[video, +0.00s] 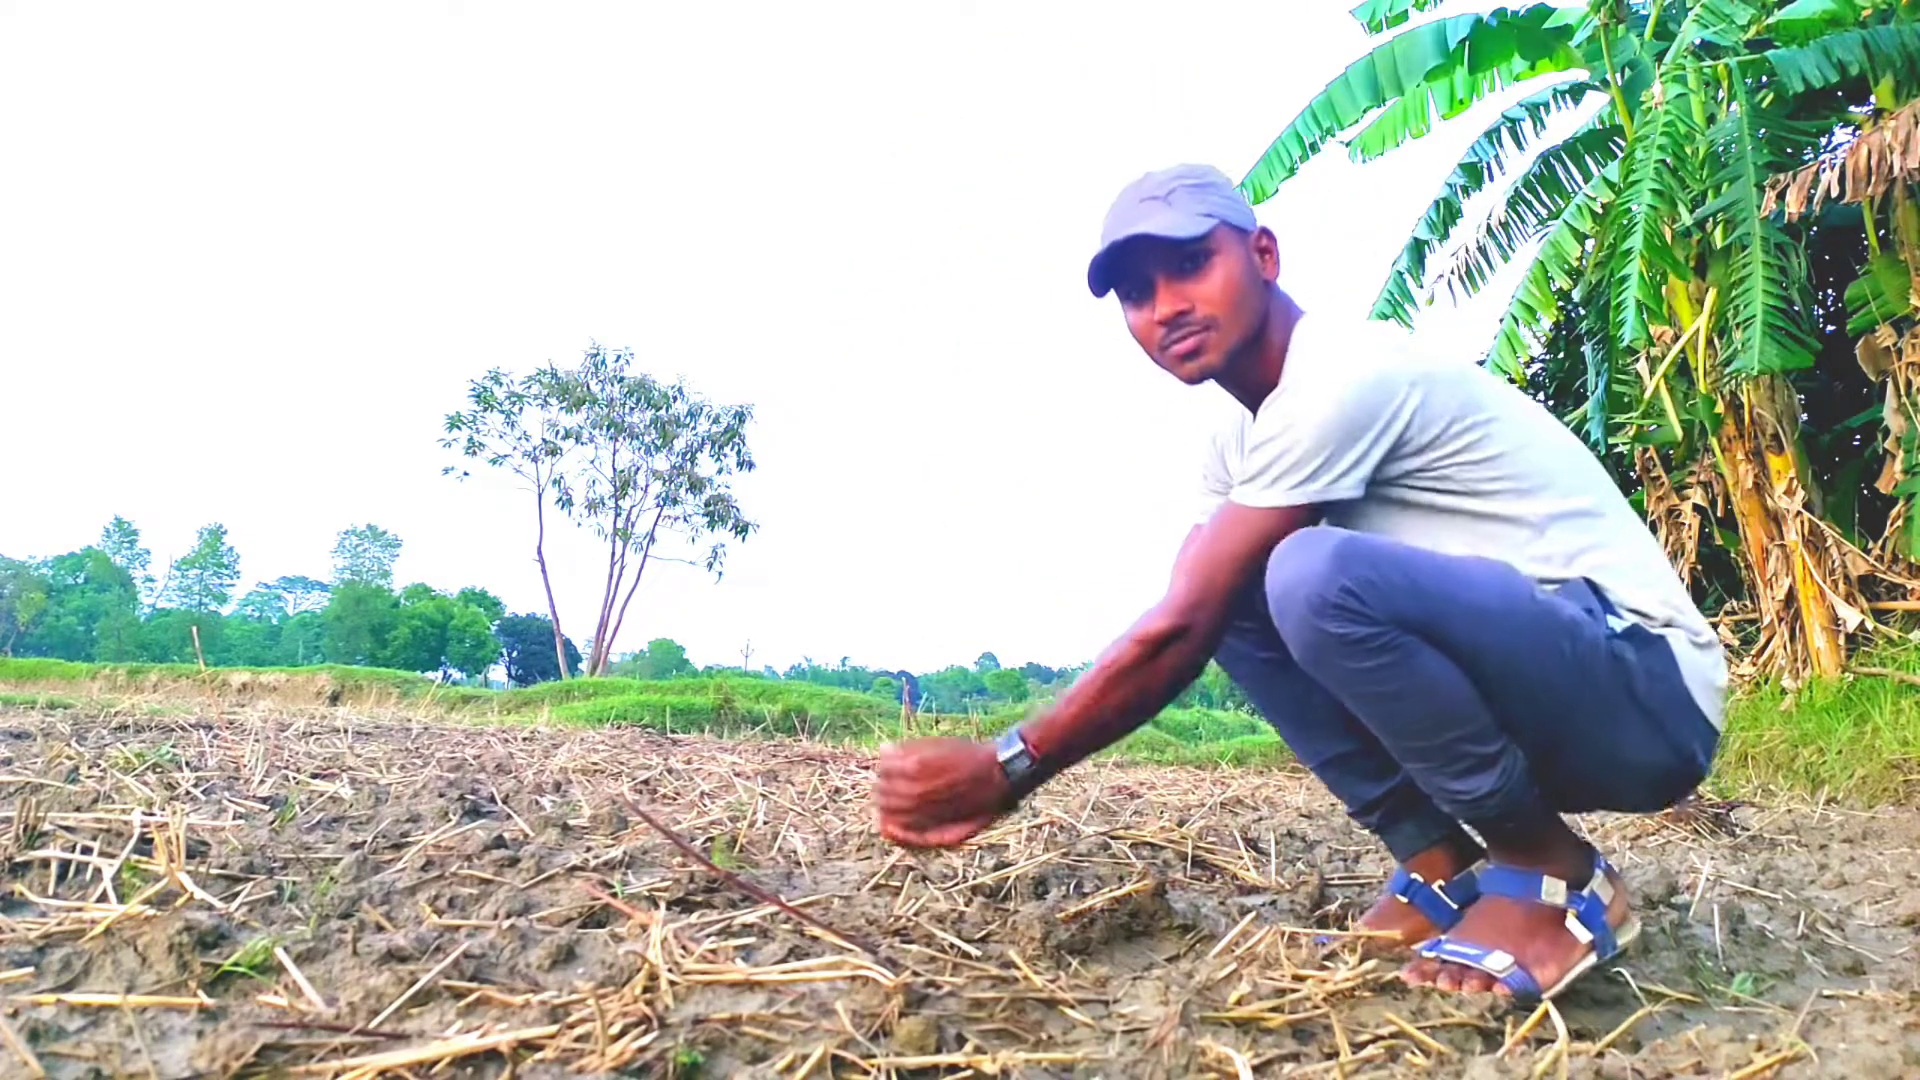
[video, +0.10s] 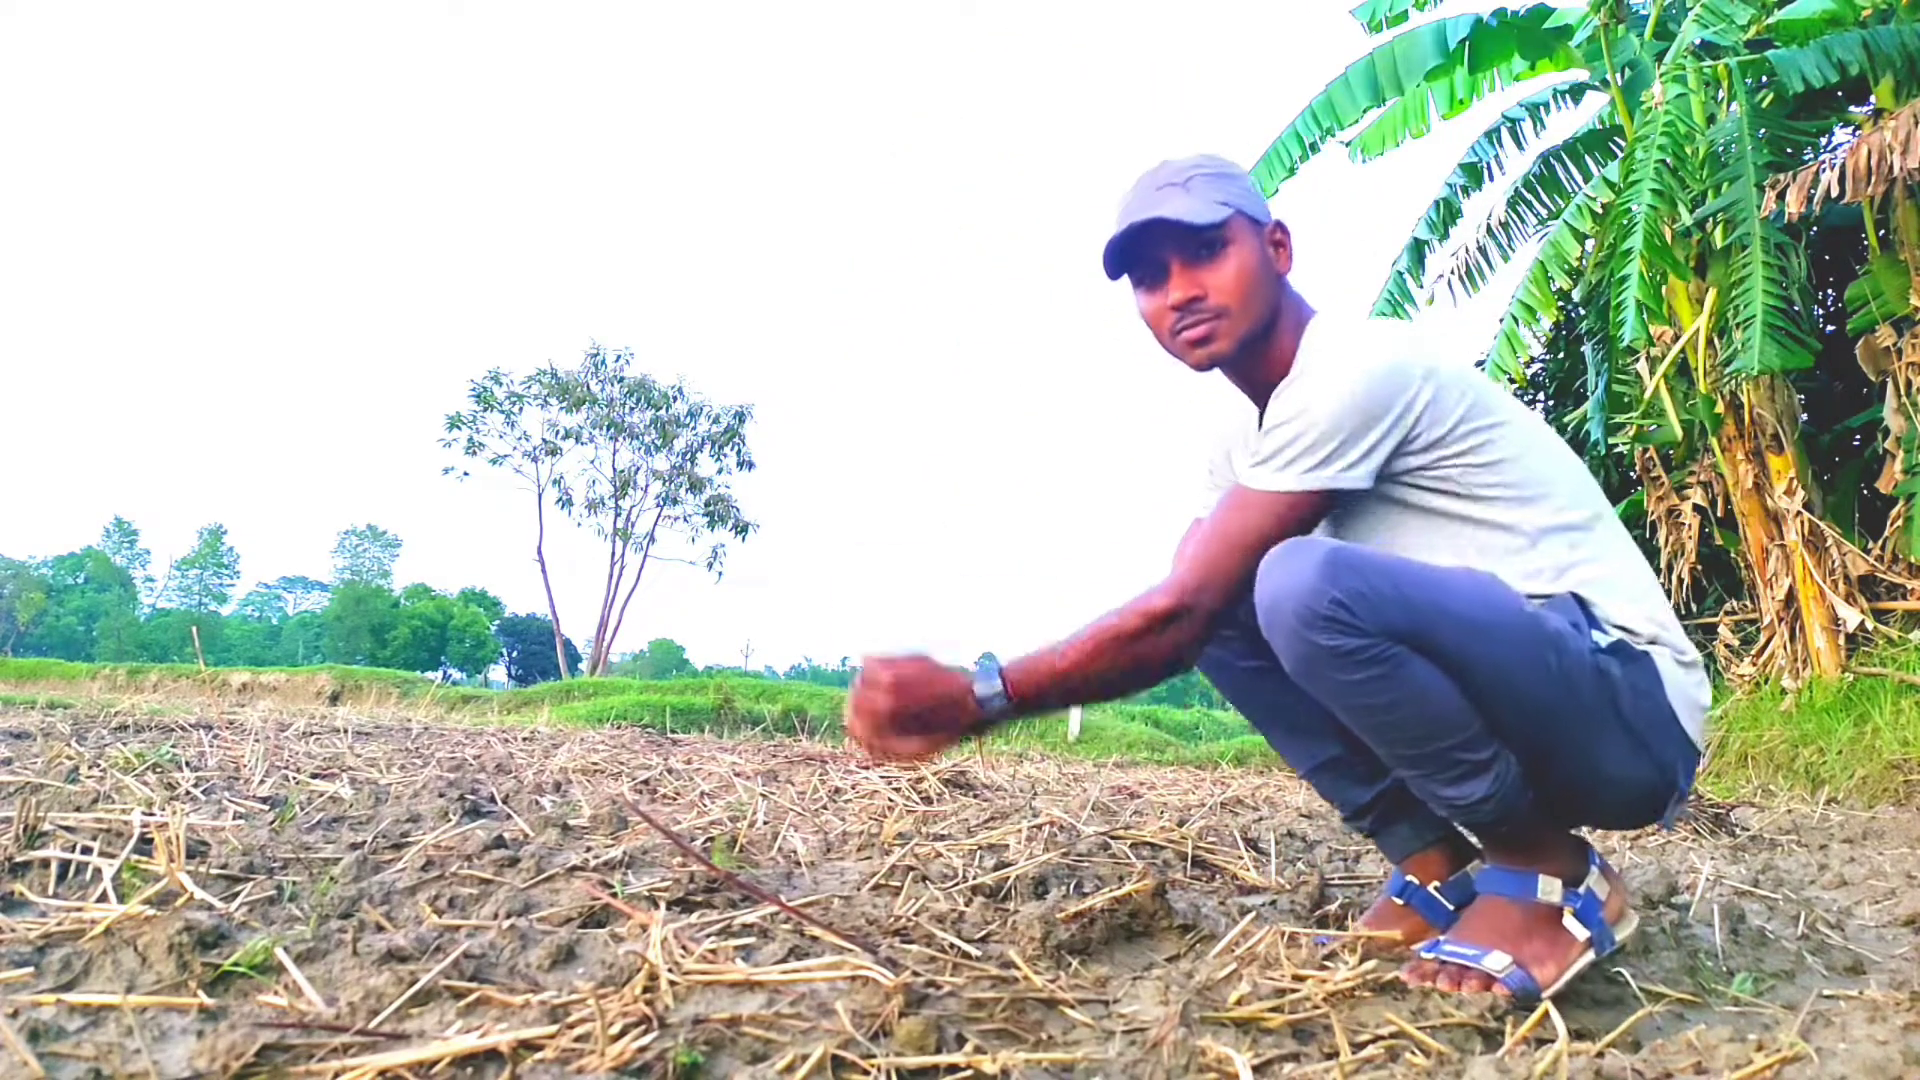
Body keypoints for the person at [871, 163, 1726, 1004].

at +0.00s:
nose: (1164, 306)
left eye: (1189, 263)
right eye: (1134, 290)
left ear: (1265, 255)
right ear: (1123, 319)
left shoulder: (1348, 378)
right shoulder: (1238, 445)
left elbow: (1180, 629)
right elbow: (1175, 647)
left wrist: (1008, 767)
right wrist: (1011, 770)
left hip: (1644, 684)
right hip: (1540, 702)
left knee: (1324, 581)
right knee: (1230, 611)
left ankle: (1550, 874)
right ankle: (1441, 865)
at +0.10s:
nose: (1178, 293)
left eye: (1204, 250)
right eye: (1148, 275)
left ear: (1277, 247)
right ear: (1138, 306)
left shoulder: (1360, 371)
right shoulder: (1246, 451)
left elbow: (1179, 611)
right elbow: (1182, 632)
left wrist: (983, 697)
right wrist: (985, 695)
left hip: (1630, 705)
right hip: (1522, 723)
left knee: (1305, 588)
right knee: (1215, 615)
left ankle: (1544, 881)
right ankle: (1442, 869)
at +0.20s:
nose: (1189, 269)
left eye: (1217, 227)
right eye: (1160, 251)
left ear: (1291, 231)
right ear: (1151, 286)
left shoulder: (1374, 347)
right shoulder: (1266, 428)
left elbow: (1171, 566)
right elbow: (1157, 611)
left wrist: (962, 605)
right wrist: (972, 613)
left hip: (1620, 694)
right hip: (1507, 715)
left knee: (1304, 593)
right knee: (1199, 608)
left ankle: (1548, 876)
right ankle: (1443, 867)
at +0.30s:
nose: (1210, 242)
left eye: (1238, 204)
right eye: (1183, 223)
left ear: (1312, 208)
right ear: (1170, 256)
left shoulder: (1383, 320)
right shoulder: (1281, 390)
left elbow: (1148, 473)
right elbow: (1124, 531)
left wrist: (947, 448)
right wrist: (953, 461)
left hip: (1608, 694)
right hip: (1497, 713)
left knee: (1298, 589)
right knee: (1180, 610)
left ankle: (1544, 872)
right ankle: (1439, 869)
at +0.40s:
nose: (1225, 230)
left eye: (1255, 195)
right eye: (1197, 211)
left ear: (1326, 199)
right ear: (1182, 241)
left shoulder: (1389, 306)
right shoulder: (1278, 380)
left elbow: (1139, 395)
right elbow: (1099, 482)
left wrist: (952, 347)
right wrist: (959, 372)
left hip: (1598, 697)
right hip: (1484, 713)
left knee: (1289, 595)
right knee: (1168, 624)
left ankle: (1534, 862)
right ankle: (1435, 870)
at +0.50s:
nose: (1234, 216)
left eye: (1267, 182)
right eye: (1208, 197)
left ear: (1341, 189)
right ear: (1194, 222)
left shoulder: (1402, 284)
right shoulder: (1271, 362)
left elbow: (1140, 322)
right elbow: (1087, 424)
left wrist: (971, 254)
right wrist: (969, 288)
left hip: (1589, 686)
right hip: (1468, 698)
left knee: (1282, 593)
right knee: (1160, 631)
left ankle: (1535, 859)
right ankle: (1432, 870)